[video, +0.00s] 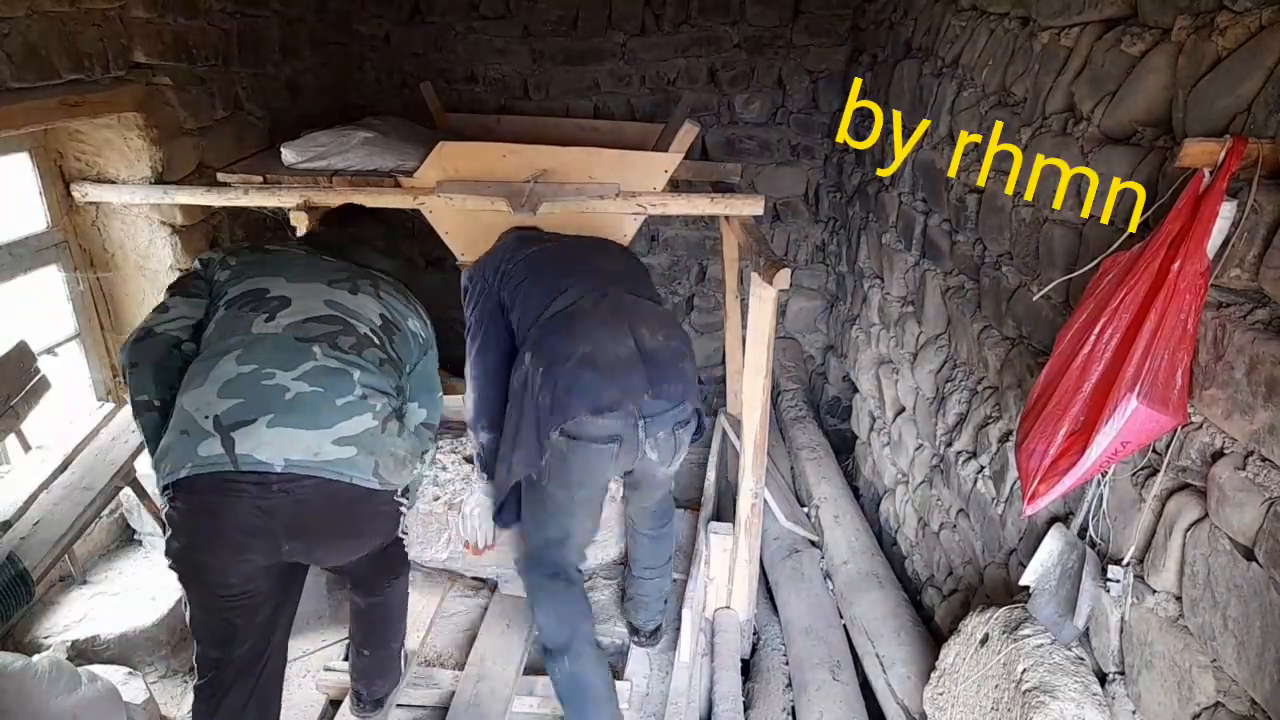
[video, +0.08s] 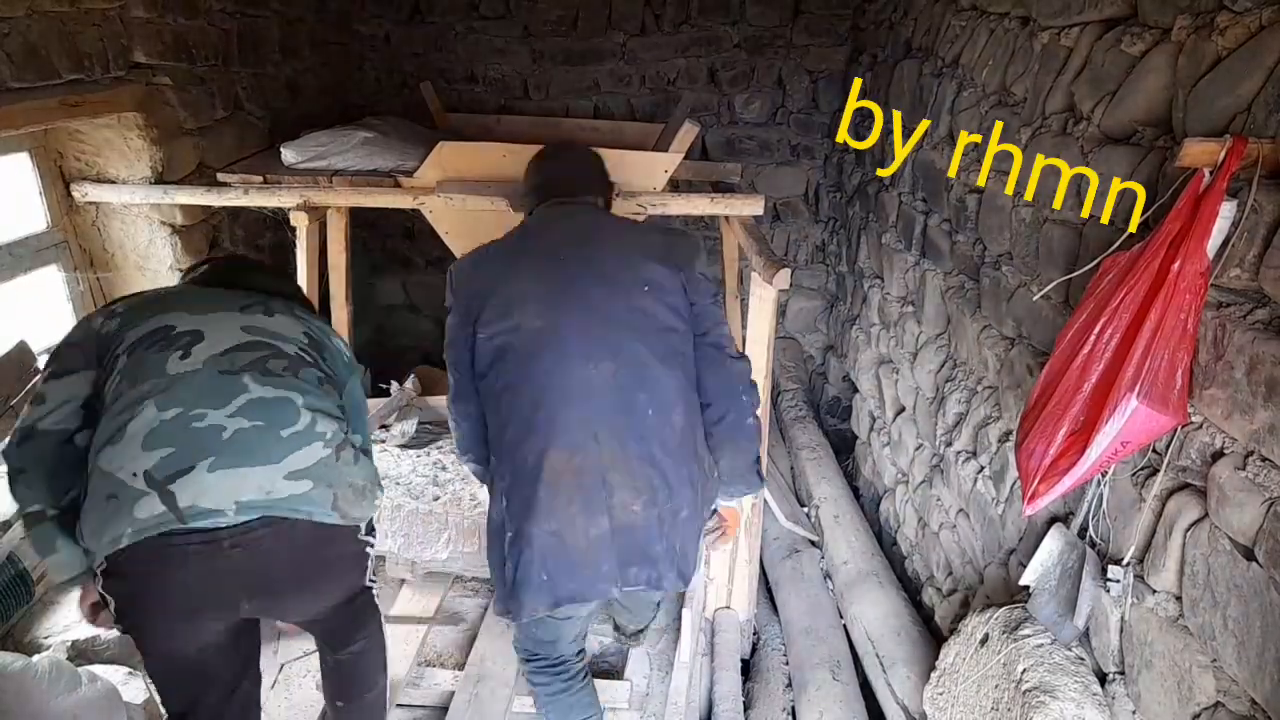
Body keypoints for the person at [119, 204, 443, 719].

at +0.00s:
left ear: (306, 238)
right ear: (379, 255)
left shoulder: (228, 264)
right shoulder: (403, 305)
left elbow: (148, 349)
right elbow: (424, 424)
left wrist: (174, 465)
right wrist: (391, 504)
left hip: (215, 503)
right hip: (346, 502)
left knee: (229, 682)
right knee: (379, 570)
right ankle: (372, 691)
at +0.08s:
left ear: (194, 278)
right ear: (284, 286)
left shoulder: (115, 319)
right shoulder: (318, 333)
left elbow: (35, 447)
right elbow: (359, 469)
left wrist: (80, 572)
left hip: (158, 568)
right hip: (305, 547)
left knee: (210, 709)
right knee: (348, 623)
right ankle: (358, 714)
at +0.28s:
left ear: (90, 280)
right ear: (192, 275)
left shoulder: (25, 331)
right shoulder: (244, 322)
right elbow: (301, 455)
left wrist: (13, 621)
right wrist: (257, 595)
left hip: (120, 588)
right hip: (277, 550)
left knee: (186, 706)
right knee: (335, 647)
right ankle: (360, 712)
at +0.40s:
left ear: (121, 240)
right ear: (224, 241)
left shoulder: (29, 305)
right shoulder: (264, 300)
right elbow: (308, 437)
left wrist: (14, 560)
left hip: (97, 597)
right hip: (251, 557)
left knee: (184, 709)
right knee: (356, 572)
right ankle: (365, 712)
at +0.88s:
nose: (279, 196)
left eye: (288, 190)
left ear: (304, 197)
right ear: (394, 201)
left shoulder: (278, 228)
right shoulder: (450, 289)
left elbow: (156, 173)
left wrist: (130, 310)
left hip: (333, 607)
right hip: (468, 592)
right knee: (480, 703)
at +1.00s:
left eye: (206, 222)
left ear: (218, 227)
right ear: (323, 221)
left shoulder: (192, 279)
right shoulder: (385, 304)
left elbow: (25, 304)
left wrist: (23, 459)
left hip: (315, 652)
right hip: (459, 623)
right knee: (476, 704)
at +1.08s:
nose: (171, 265)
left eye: (176, 251)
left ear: (188, 252)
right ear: (290, 233)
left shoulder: (153, 336)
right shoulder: (389, 310)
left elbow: (13, 437)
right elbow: (477, 417)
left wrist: (18, 373)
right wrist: (482, 534)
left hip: (325, 669)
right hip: (471, 629)